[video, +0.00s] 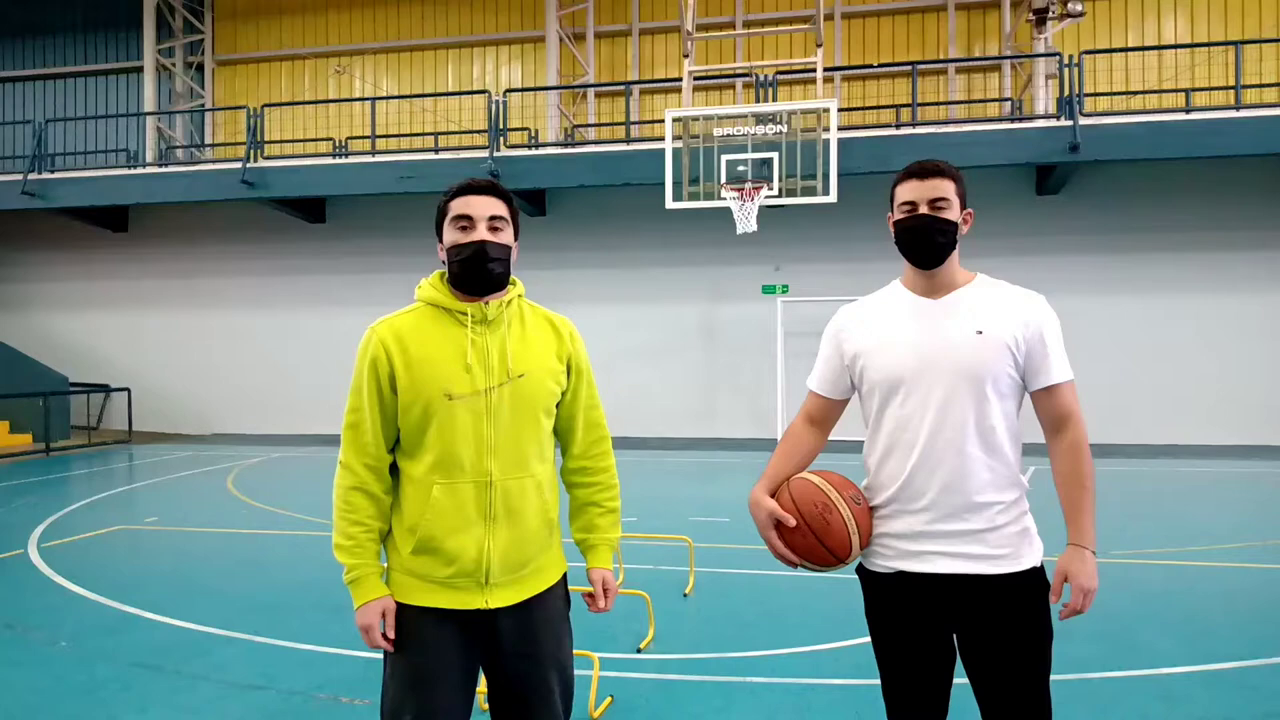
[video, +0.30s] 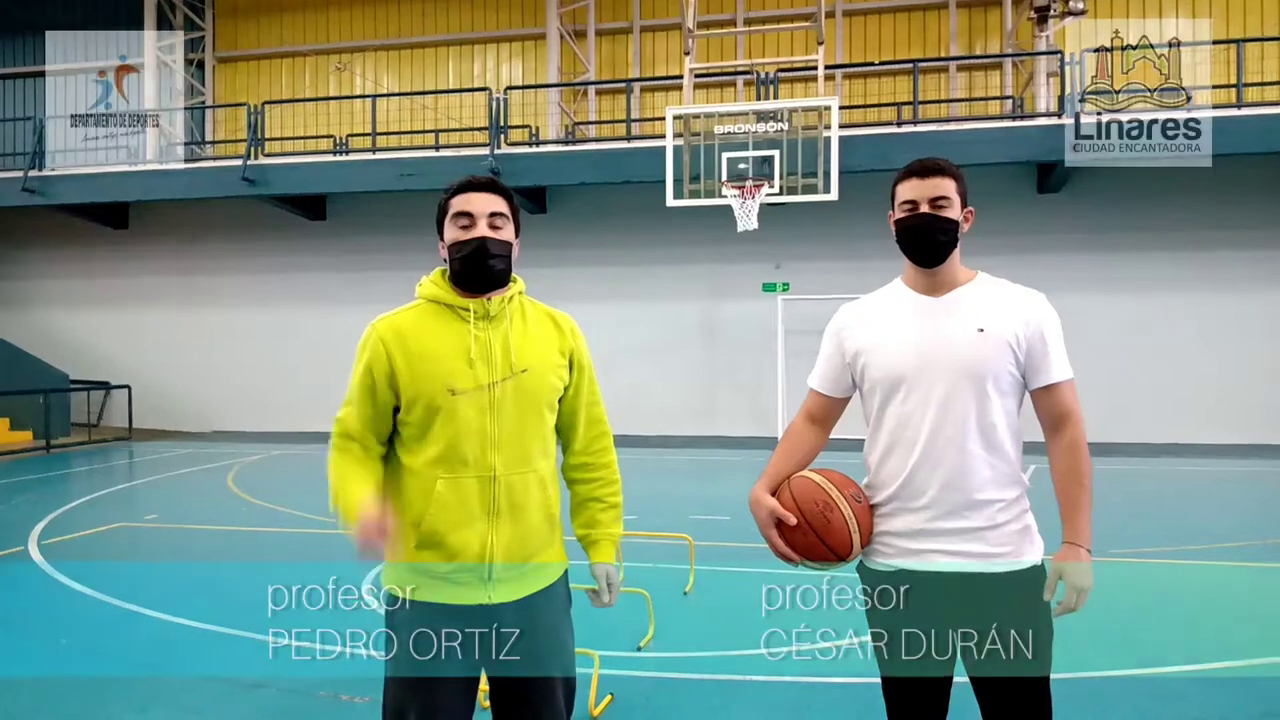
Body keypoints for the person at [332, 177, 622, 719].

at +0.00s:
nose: (481, 235)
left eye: (496, 224)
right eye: (463, 224)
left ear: (515, 244)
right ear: (441, 246)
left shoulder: (555, 336)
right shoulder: (391, 341)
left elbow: (589, 454)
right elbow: (361, 469)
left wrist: (600, 554)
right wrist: (366, 584)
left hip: (533, 594)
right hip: (427, 598)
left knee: (543, 713)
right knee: (422, 715)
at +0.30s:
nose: (481, 231)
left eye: (497, 220)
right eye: (463, 221)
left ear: (515, 242)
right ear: (443, 243)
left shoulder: (557, 333)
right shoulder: (393, 337)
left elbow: (590, 449)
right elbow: (355, 443)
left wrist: (602, 546)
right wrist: (363, 505)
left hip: (535, 587)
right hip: (428, 590)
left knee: (545, 712)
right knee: (424, 715)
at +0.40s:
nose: (477, 232)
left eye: (493, 222)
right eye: (460, 222)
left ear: (513, 244)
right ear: (440, 246)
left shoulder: (557, 333)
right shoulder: (395, 334)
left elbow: (590, 450)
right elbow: (341, 459)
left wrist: (603, 546)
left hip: (535, 588)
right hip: (429, 592)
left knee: (544, 713)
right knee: (423, 715)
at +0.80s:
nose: (494, 226)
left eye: (508, 218)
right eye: (477, 218)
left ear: (528, 243)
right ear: (455, 245)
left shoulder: (562, 338)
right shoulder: (406, 332)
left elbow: (589, 456)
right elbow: (348, 433)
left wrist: (599, 550)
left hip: (536, 588)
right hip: (435, 590)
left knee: (543, 710)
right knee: (428, 713)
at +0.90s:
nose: (499, 226)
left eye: (514, 218)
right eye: (482, 217)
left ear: (532, 243)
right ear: (459, 243)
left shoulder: (563, 338)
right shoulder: (410, 332)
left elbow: (588, 458)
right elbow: (368, 455)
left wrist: (594, 554)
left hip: (539, 591)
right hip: (436, 593)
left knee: (546, 711)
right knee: (428, 715)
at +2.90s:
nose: (483, 227)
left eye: (499, 217)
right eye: (465, 218)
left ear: (518, 242)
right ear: (445, 244)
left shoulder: (558, 335)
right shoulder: (399, 340)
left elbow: (589, 454)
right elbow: (368, 467)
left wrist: (599, 552)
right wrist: (363, 581)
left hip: (542, 587)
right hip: (439, 590)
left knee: (548, 711)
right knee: (432, 713)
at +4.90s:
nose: (472, 227)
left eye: (487, 216)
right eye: (454, 219)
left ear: (509, 240)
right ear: (434, 246)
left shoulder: (556, 334)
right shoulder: (394, 346)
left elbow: (591, 448)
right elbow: (371, 478)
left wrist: (603, 543)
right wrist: (379, 596)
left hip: (541, 589)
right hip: (436, 593)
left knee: (547, 711)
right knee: (431, 714)